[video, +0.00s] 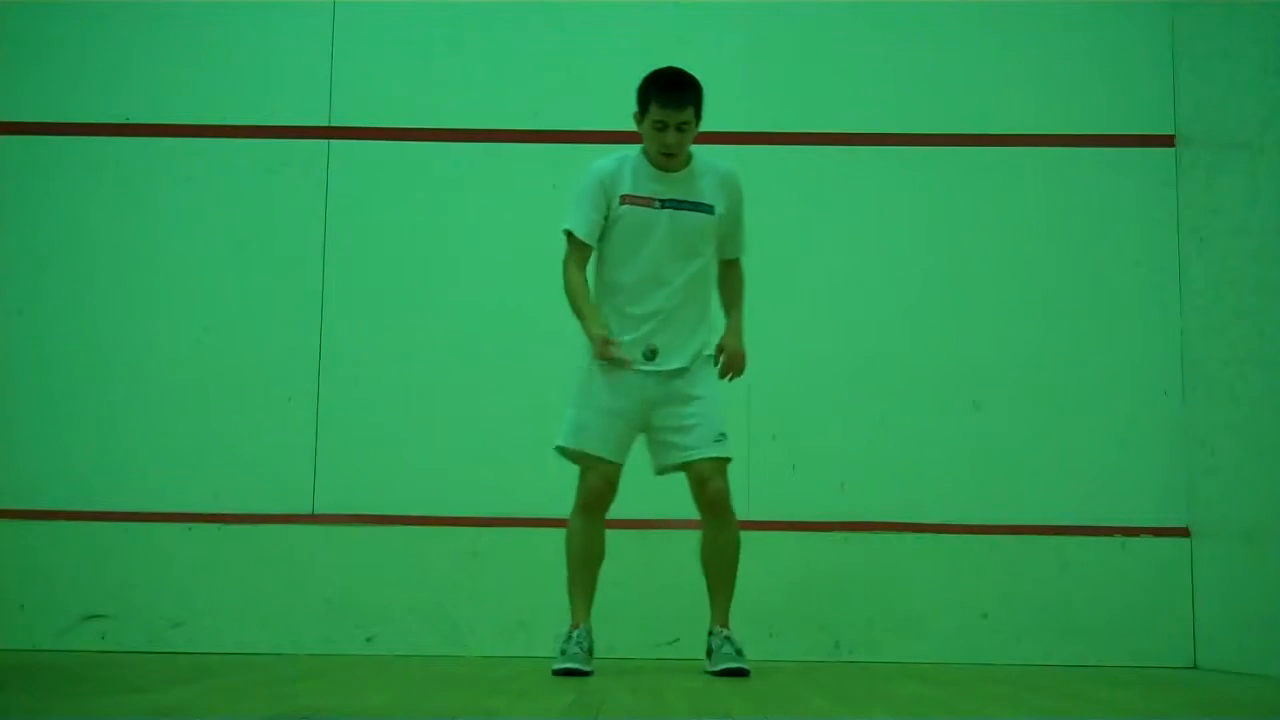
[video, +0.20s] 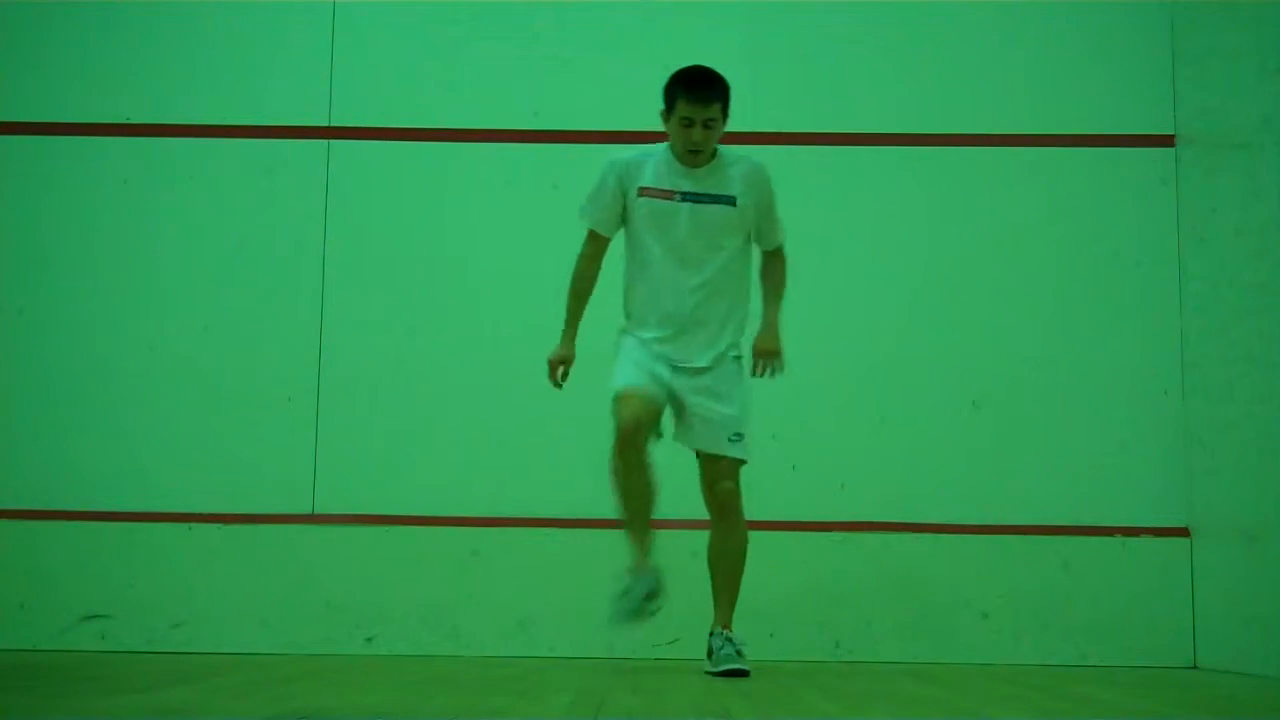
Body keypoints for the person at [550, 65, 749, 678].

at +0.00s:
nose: (670, 140)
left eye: (682, 128)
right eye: (659, 127)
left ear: (698, 125)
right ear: (639, 122)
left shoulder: (723, 185)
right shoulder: (608, 177)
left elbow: (731, 264)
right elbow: (573, 265)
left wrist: (734, 330)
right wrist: (594, 331)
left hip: (690, 372)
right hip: (616, 367)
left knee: (716, 495)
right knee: (594, 491)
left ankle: (721, 633)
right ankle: (578, 631)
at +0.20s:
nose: (698, 135)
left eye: (709, 124)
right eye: (687, 122)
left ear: (724, 123)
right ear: (666, 117)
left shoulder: (750, 178)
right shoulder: (629, 171)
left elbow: (773, 255)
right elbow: (591, 252)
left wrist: (770, 327)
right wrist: (568, 336)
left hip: (718, 353)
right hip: (646, 346)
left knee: (724, 491)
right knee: (629, 425)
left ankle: (723, 632)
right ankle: (642, 568)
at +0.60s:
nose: (709, 155)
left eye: (721, 144)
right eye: (699, 143)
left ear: (736, 145)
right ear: (680, 140)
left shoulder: (763, 226)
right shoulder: (641, 207)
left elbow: (787, 298)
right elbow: (602, 288)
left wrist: (805, 346)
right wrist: (589, 376)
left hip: (727, 373)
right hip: (657, 358)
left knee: (737, 497)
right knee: (686, 405)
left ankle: (722, 634)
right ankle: (710, 536)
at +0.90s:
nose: (680, 114)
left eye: (692, 104)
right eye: (670, 102)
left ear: (705, 110)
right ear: (649, 104)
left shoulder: (734, 191)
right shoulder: (609, 181)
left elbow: (760, 268)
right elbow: (584, 264)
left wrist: (770, 321)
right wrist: (582, 344)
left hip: (704, 362)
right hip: (630, 356)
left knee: (715, 497)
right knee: (606, 453)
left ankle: (721, 631)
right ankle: (637, 592)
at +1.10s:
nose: (654, 124)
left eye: (666, 113)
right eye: (644, 111)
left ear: (681, 116)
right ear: (621, 109)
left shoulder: (702, 195)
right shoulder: (581, 180)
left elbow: (731, 278)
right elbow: (533, 247)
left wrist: (748, 345)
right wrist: (518, 334)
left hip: (669, 361)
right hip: (599, 364)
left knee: (652, 457)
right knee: (602, 499)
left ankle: (684, 590)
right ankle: (636, 629)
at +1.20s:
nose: (646, 115)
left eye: (658, 103)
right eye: (635, 101)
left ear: (671, 101)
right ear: (611, 93)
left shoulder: (690, 176)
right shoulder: (567, 151)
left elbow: (726, 250)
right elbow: (508, 205)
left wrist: (742, 316)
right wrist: (485, 290)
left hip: (652, 333)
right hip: (585, 336)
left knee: (625, 440)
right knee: (584, 479)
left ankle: (630, 600)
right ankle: (632, 606)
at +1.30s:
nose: (636, 127)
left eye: (647, 115)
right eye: (625, 113)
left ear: (658, 112)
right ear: (598, 104)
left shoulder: (672, 182)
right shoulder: (553, 151)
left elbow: (718, 262)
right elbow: (478, 188)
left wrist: (727, 332)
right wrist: (440, 269)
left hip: (640, 344)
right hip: (573, 346)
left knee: (605, 459)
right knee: (544, 465)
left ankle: (578, 621)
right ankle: (640, 576)